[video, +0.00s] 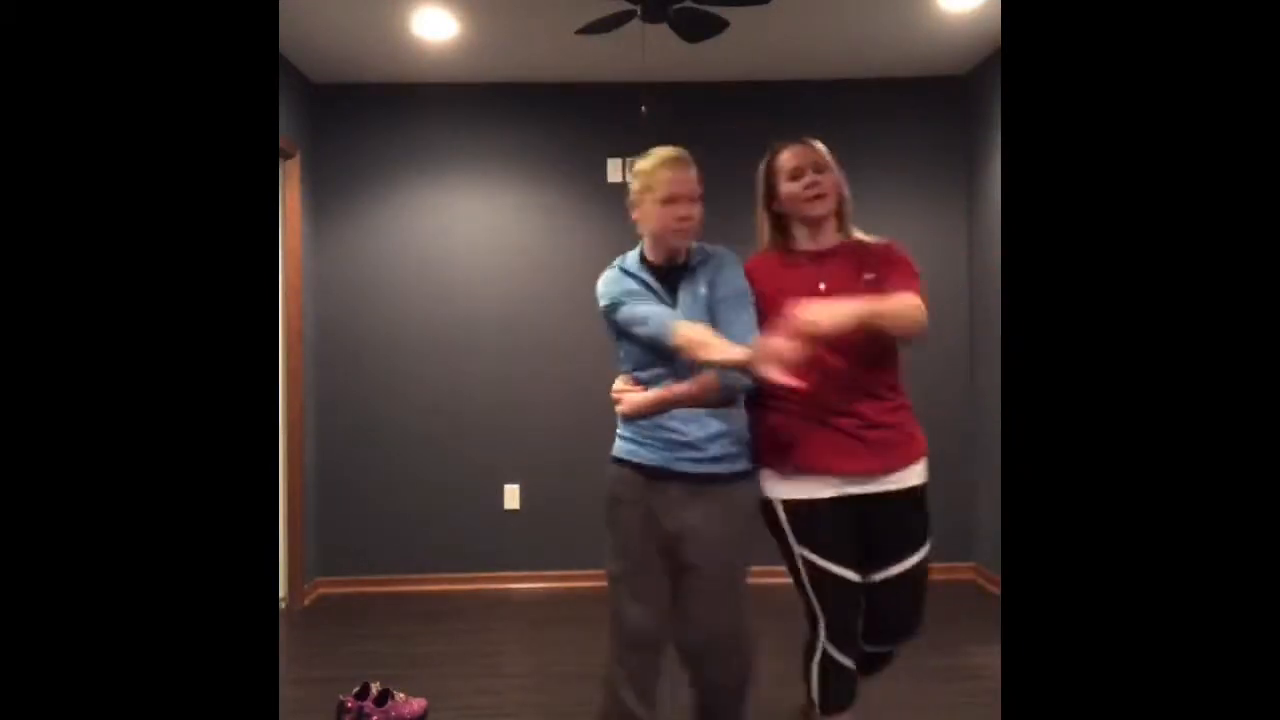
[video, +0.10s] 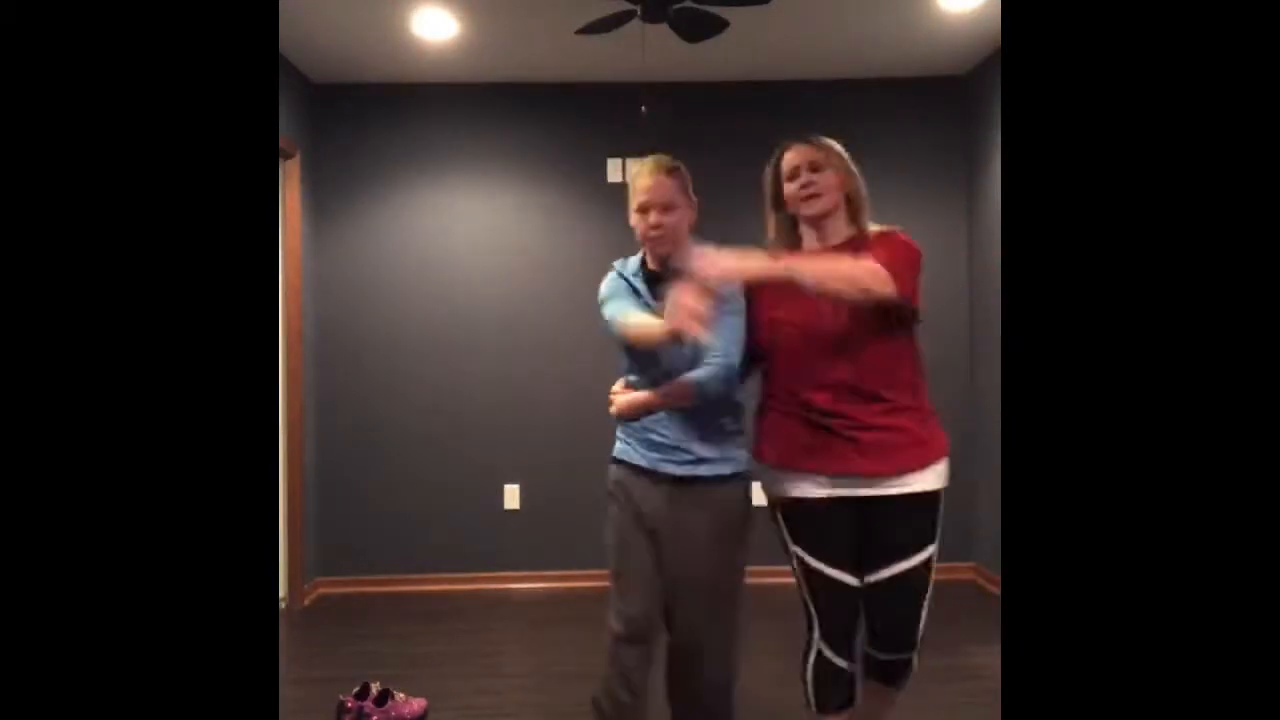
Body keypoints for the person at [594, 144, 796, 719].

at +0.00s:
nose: (686, 213)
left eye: (694, 200)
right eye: (671, 201)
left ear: (704, 205)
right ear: (636, 212)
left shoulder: (723, 270)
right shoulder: (616, 283)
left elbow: (738, 375)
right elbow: (674, 333)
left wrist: (657, 398)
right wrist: (750, 354)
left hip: (719, 480)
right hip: (639, 477)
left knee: (715, 635)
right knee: (637, 632)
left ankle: (722, 713)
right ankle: (631, 714)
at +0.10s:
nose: (653, 221)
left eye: (665, 209)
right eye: (643, 210)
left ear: (693, 210)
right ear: (631, 217)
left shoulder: (720, 278)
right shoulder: (620, 278)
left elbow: (723, 370)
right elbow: (624, 321)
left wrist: (649, 399)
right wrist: (668, 327)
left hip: (713, 480)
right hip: (638, 472)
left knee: (703, 637)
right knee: (632, 627)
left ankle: (702, 718)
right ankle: (618, 715)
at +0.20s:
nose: (644, 234)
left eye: (656, 221)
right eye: (638, 222)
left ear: (685, 222)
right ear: (629, 226)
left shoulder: (707, 282)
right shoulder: (632, 278)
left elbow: (693, 379)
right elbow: (576, 284)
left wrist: (634, 399)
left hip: (702, 480)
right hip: (633, 476)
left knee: (699, 634)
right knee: (610, 617)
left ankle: (704, 715)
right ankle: (621, 714)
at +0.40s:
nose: (587, 248)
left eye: (594, 236)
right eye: (587, 236)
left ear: (628, 235)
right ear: (637, 234)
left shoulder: (632, 302)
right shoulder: (674, 292)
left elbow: (597, 398)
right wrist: (646, 175)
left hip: (647, 485)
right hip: (657, 478)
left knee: (639, 616)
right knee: (613, 604)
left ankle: (684, 710)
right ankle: (675, 704)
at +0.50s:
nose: (579, 248)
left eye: (579, 241)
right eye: (585, 240)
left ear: (585, 243)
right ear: (632, 238)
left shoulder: (573, 311)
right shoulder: (669, 280)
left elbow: (567, 408)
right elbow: (720, 222)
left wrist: (610, 368)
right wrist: (714, 159)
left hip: (612, 486)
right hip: (672, 476)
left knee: (609, 615)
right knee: (652, 607)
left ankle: (672, 709)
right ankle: (652, 704)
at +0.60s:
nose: (632, 238)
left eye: (629, 227)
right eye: (626, 228)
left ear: (571, 237)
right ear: (603, 234)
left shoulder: (544, 308)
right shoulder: (636, 287)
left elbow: (569, 388)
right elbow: (737, 276)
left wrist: (651, 359)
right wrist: (757, 209)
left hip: (597, 486)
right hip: (668, 478)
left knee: (605, 606)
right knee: (678, 599)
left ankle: (654, 699)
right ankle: (684, 698)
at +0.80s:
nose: (624, 226)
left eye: (621, 214)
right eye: (613, 215)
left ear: (571, 223)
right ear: (580, 222)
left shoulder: (561, 279)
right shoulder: (588, 278)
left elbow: (608, 382)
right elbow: (685, 323)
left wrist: (670, 356)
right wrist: (754, 284)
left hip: (586, 469)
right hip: (617, 472)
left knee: (621, 607)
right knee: (663, 609)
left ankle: (614, 708)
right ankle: (676, 707)